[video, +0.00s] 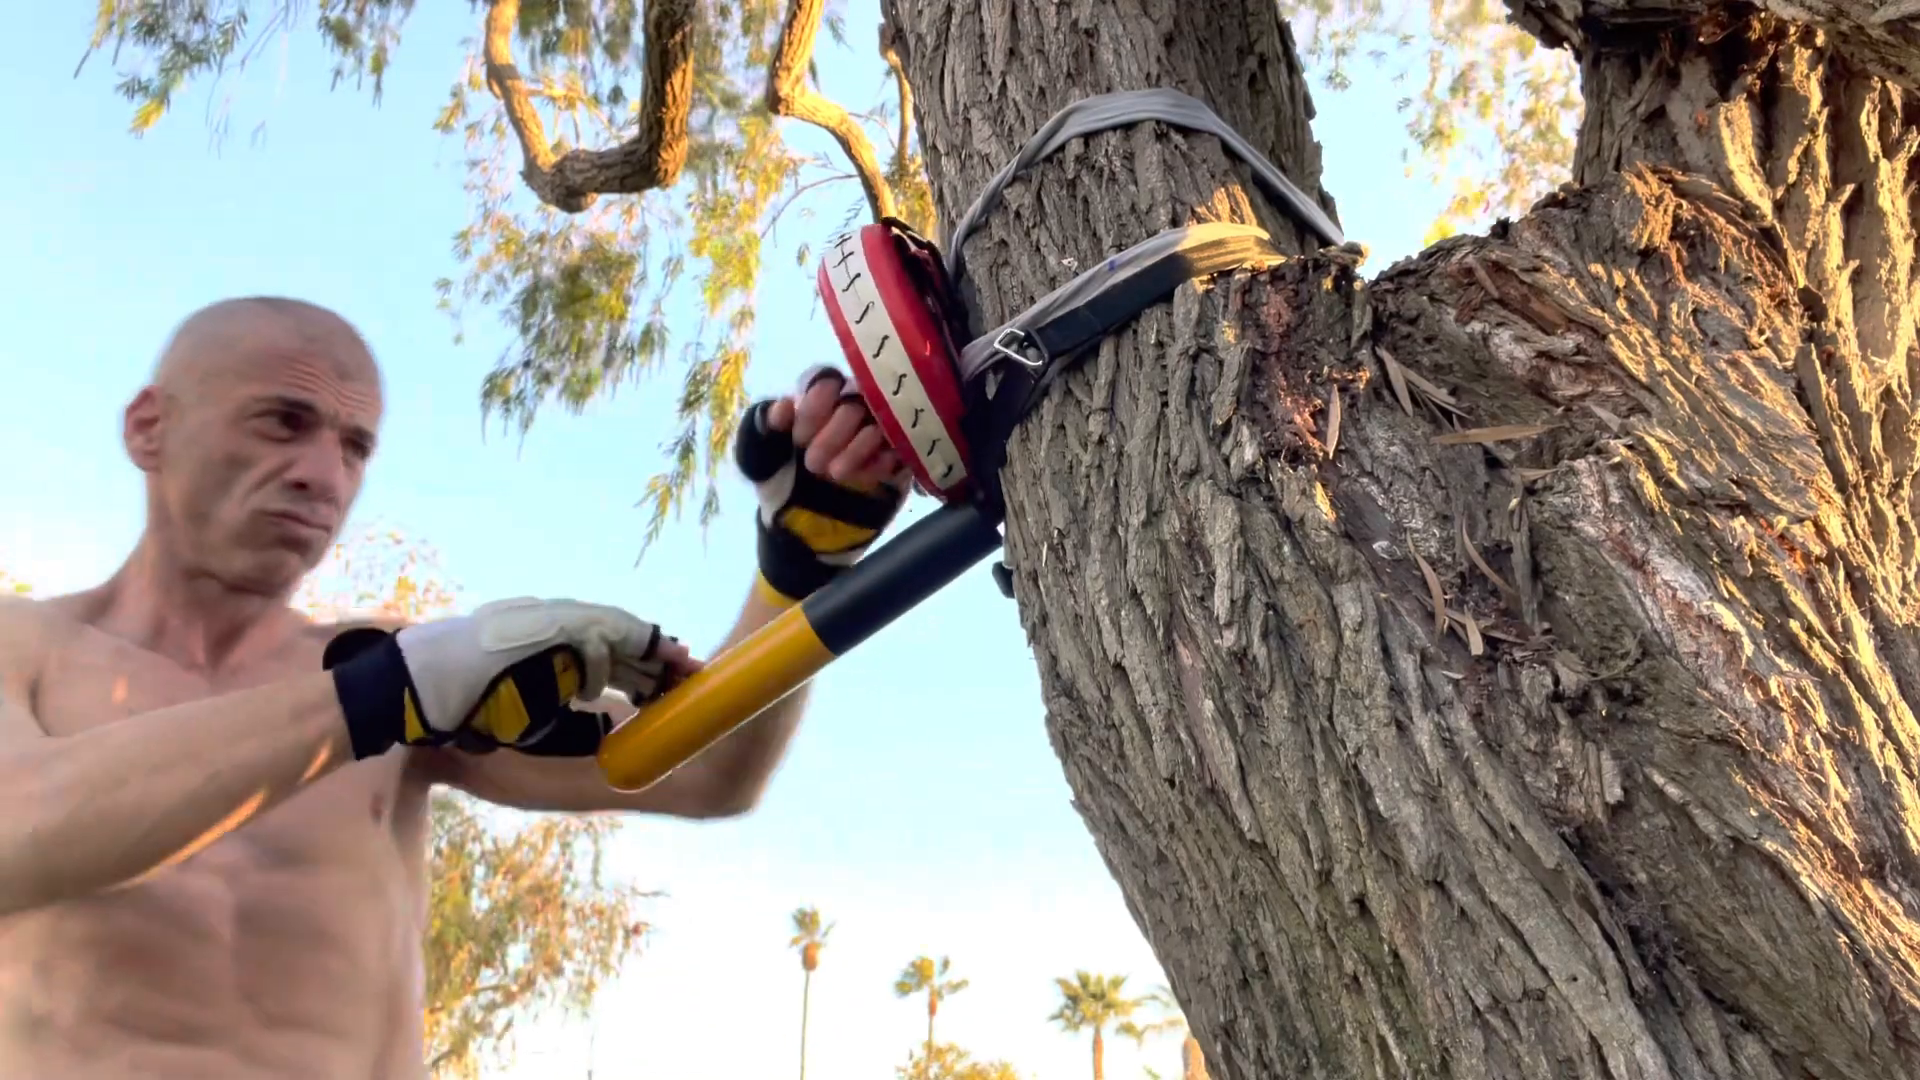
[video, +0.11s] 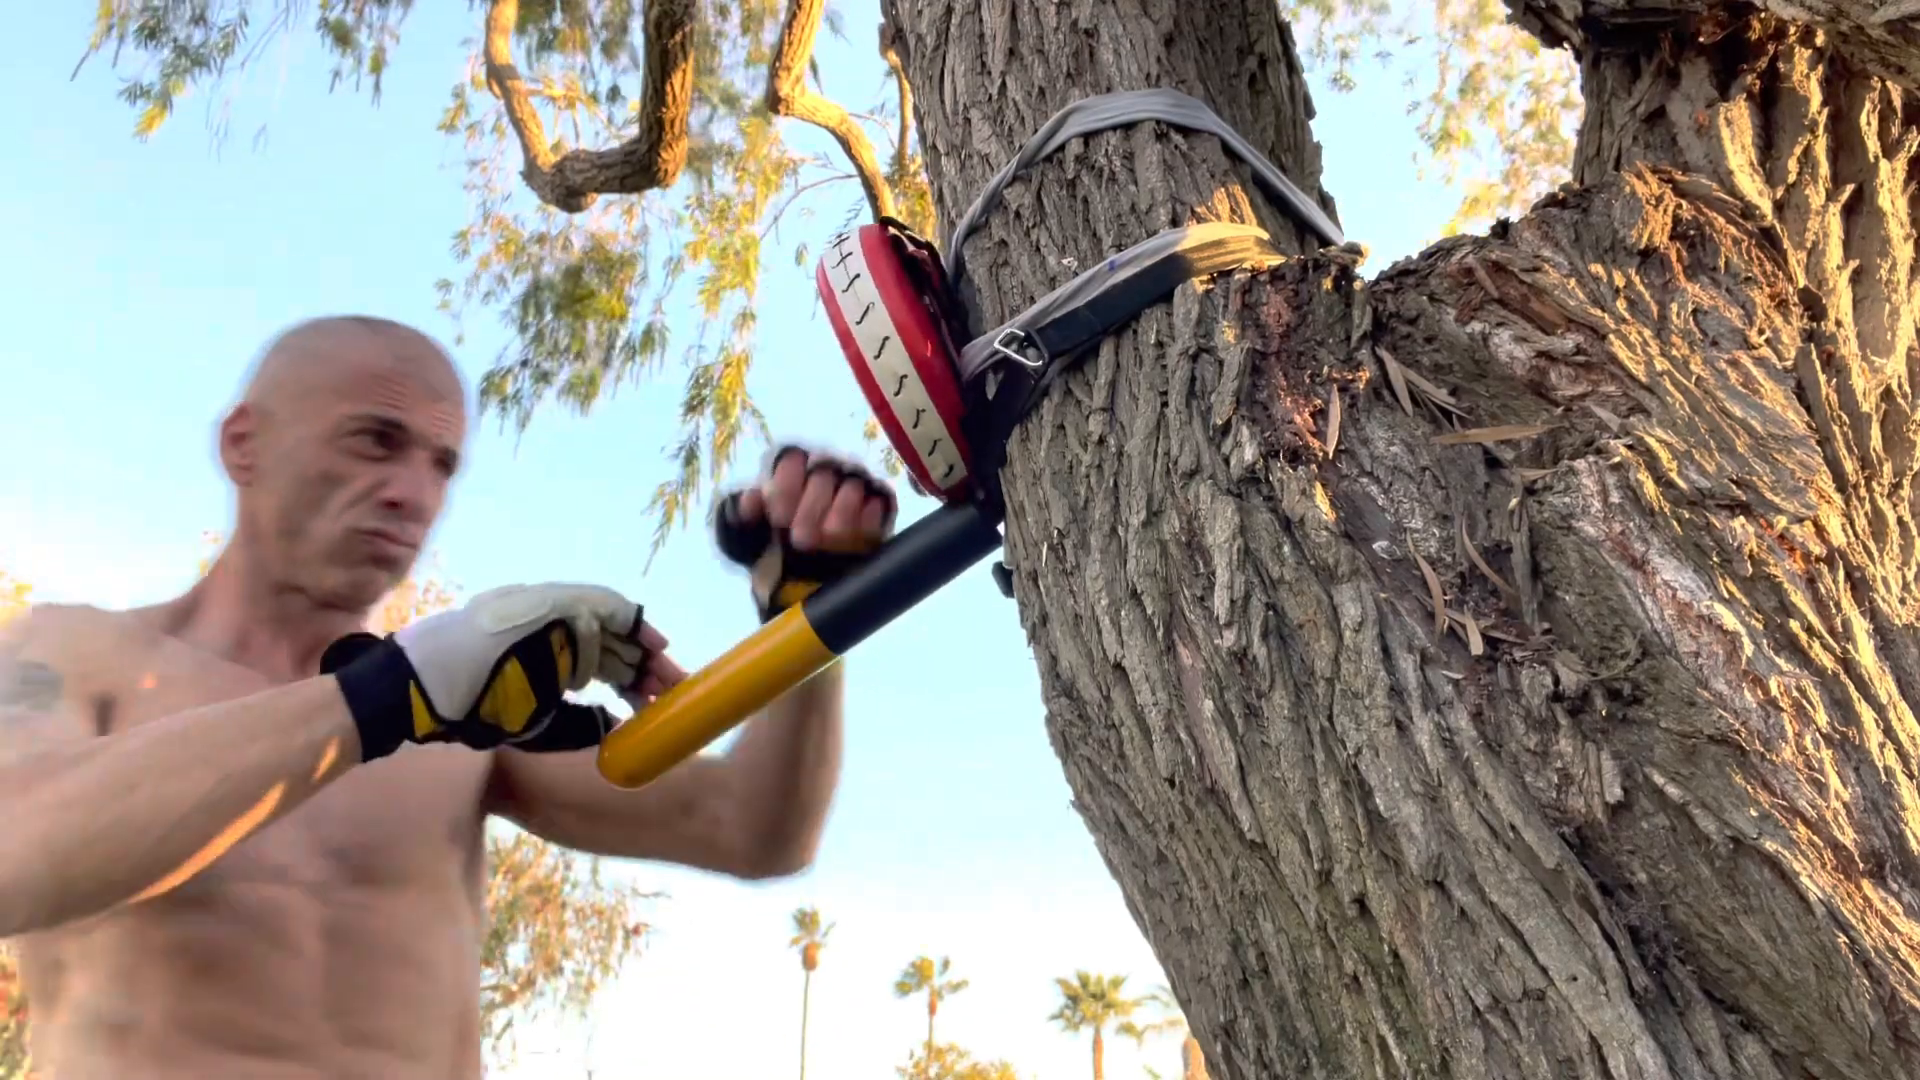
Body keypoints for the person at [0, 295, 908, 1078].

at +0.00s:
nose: (326, 477)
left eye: (354, 450)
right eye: (283, 422)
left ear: (365, 481)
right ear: (148, 429)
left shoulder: (381, 680)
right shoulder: (25, 646)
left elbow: (711, 775)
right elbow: (20, 845)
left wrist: (806, 553)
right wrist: (379, 686)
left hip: (356, 1058)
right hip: (79, 1060)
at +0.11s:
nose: (415, 495)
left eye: (441, 469)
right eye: (377, 442)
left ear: (451, 498)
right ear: (242, 445)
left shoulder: (458, 720)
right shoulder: (70, 652)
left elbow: (760, 830)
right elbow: (21, 873)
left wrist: (812, 598)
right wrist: (397, 693)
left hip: (421, 1060)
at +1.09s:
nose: (350, 506)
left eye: (373, 480)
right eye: (308, 457)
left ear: (382, 510)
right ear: (175, 465)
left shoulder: (375, 692)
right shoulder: (38, 650)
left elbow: (626, 742)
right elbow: (85, 848)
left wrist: (819, 554)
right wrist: (504, 708)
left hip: (355, 1059)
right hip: (106, 1064)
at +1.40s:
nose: (348, 489)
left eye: (375, 459)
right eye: (298, 439)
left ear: (393, 489)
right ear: (176, 465)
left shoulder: (419, 673)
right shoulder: (47, 655)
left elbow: (686, 708)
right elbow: (71, 885)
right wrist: (498, 745)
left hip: (405, 1058)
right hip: (138, 1062)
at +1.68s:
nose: (608, 434)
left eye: (636, 412)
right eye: (565, 396)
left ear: (668, 439)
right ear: (458, 427)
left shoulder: (677, 619)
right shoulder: (320, 671)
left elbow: (835, 425)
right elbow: (144, 985)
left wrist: (509, 494)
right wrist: (510, 800)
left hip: (616, 1057)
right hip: (366, 1060)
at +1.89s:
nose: (652, 447)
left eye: (679, 430)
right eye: (617, 405)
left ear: (697, 475)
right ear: (511, 435)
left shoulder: (695, 644)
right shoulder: (350, 669)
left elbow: (843, 484)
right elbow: (142, 984)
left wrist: (468, 448)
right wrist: (504, 826)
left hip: (622, 1053)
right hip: (367, 1054)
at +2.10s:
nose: (537, 496)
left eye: (565, 477)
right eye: (501, 451)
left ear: (572, 520)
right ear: (386, 472)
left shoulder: (566, 712)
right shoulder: (202, 672)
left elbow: (809, 847)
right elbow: (57, 1005)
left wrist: (784, 599)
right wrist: (350, 755)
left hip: (489, 1064)